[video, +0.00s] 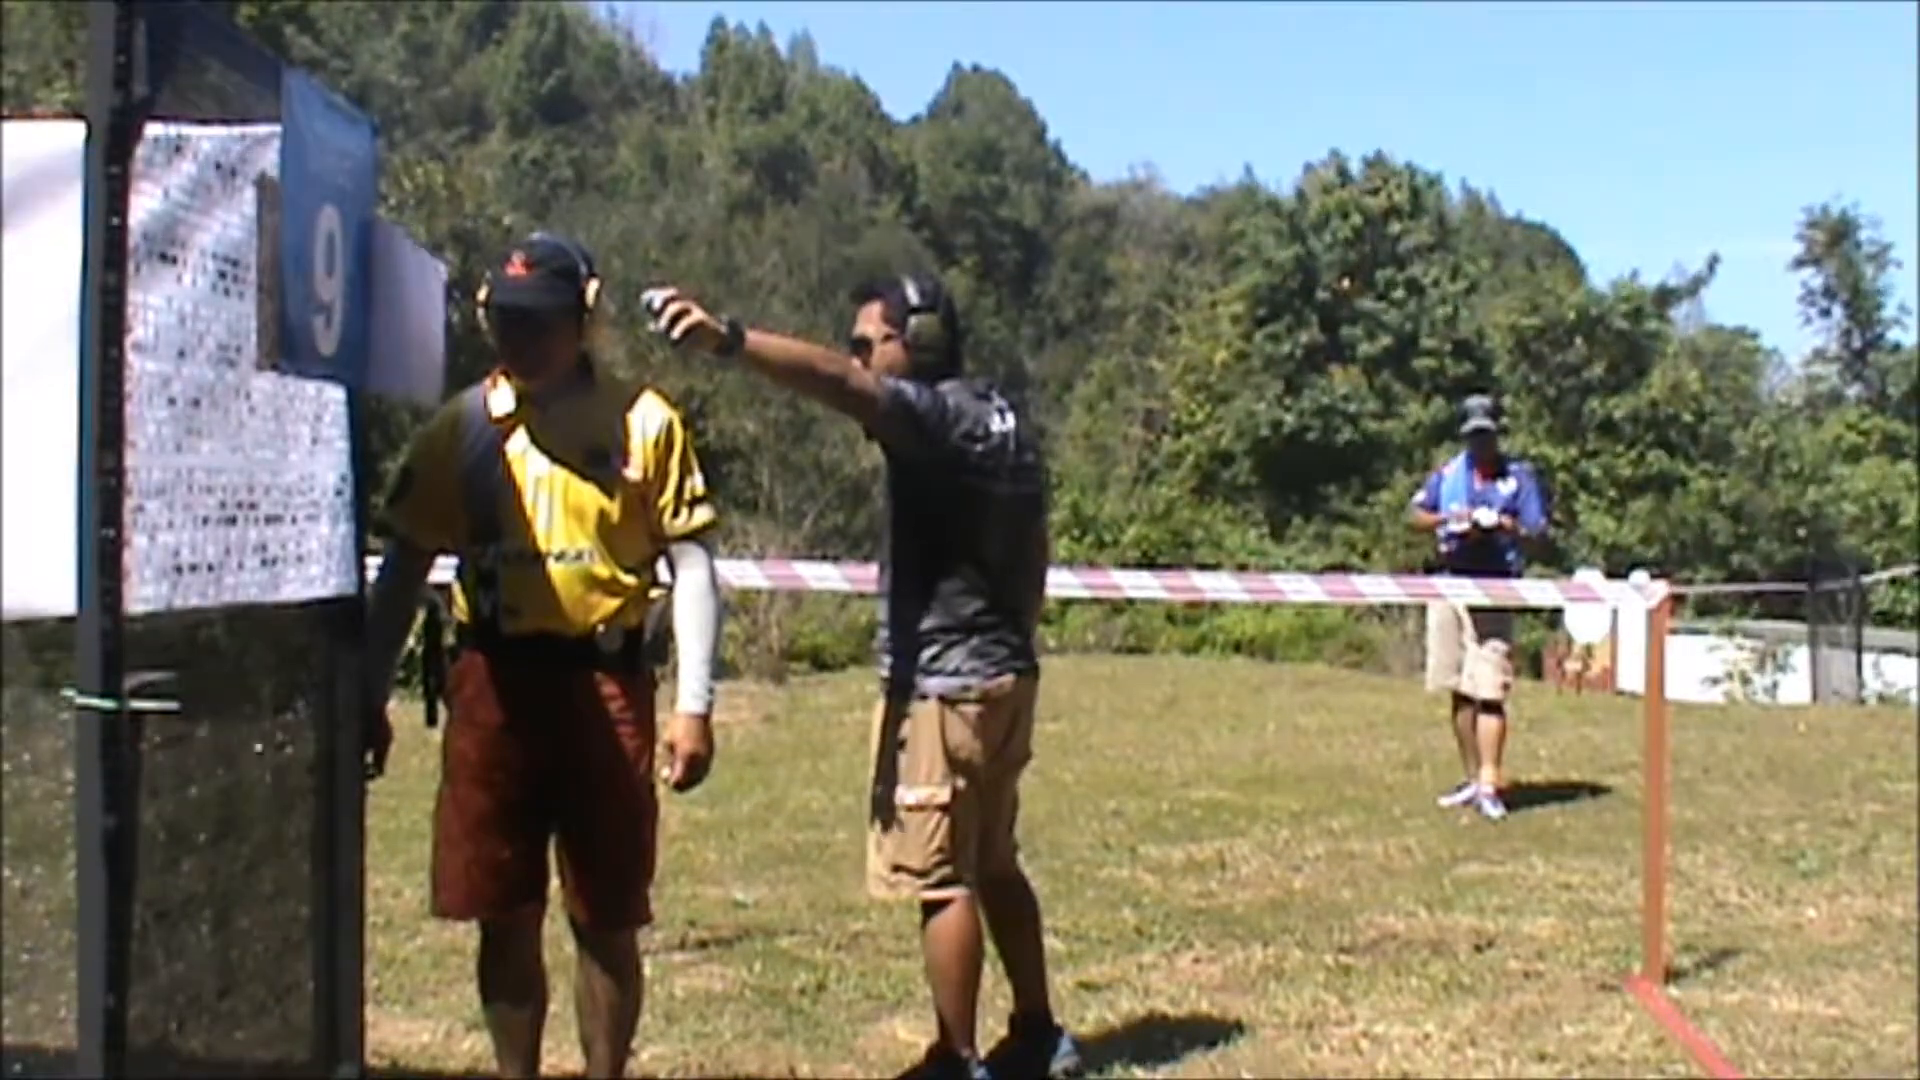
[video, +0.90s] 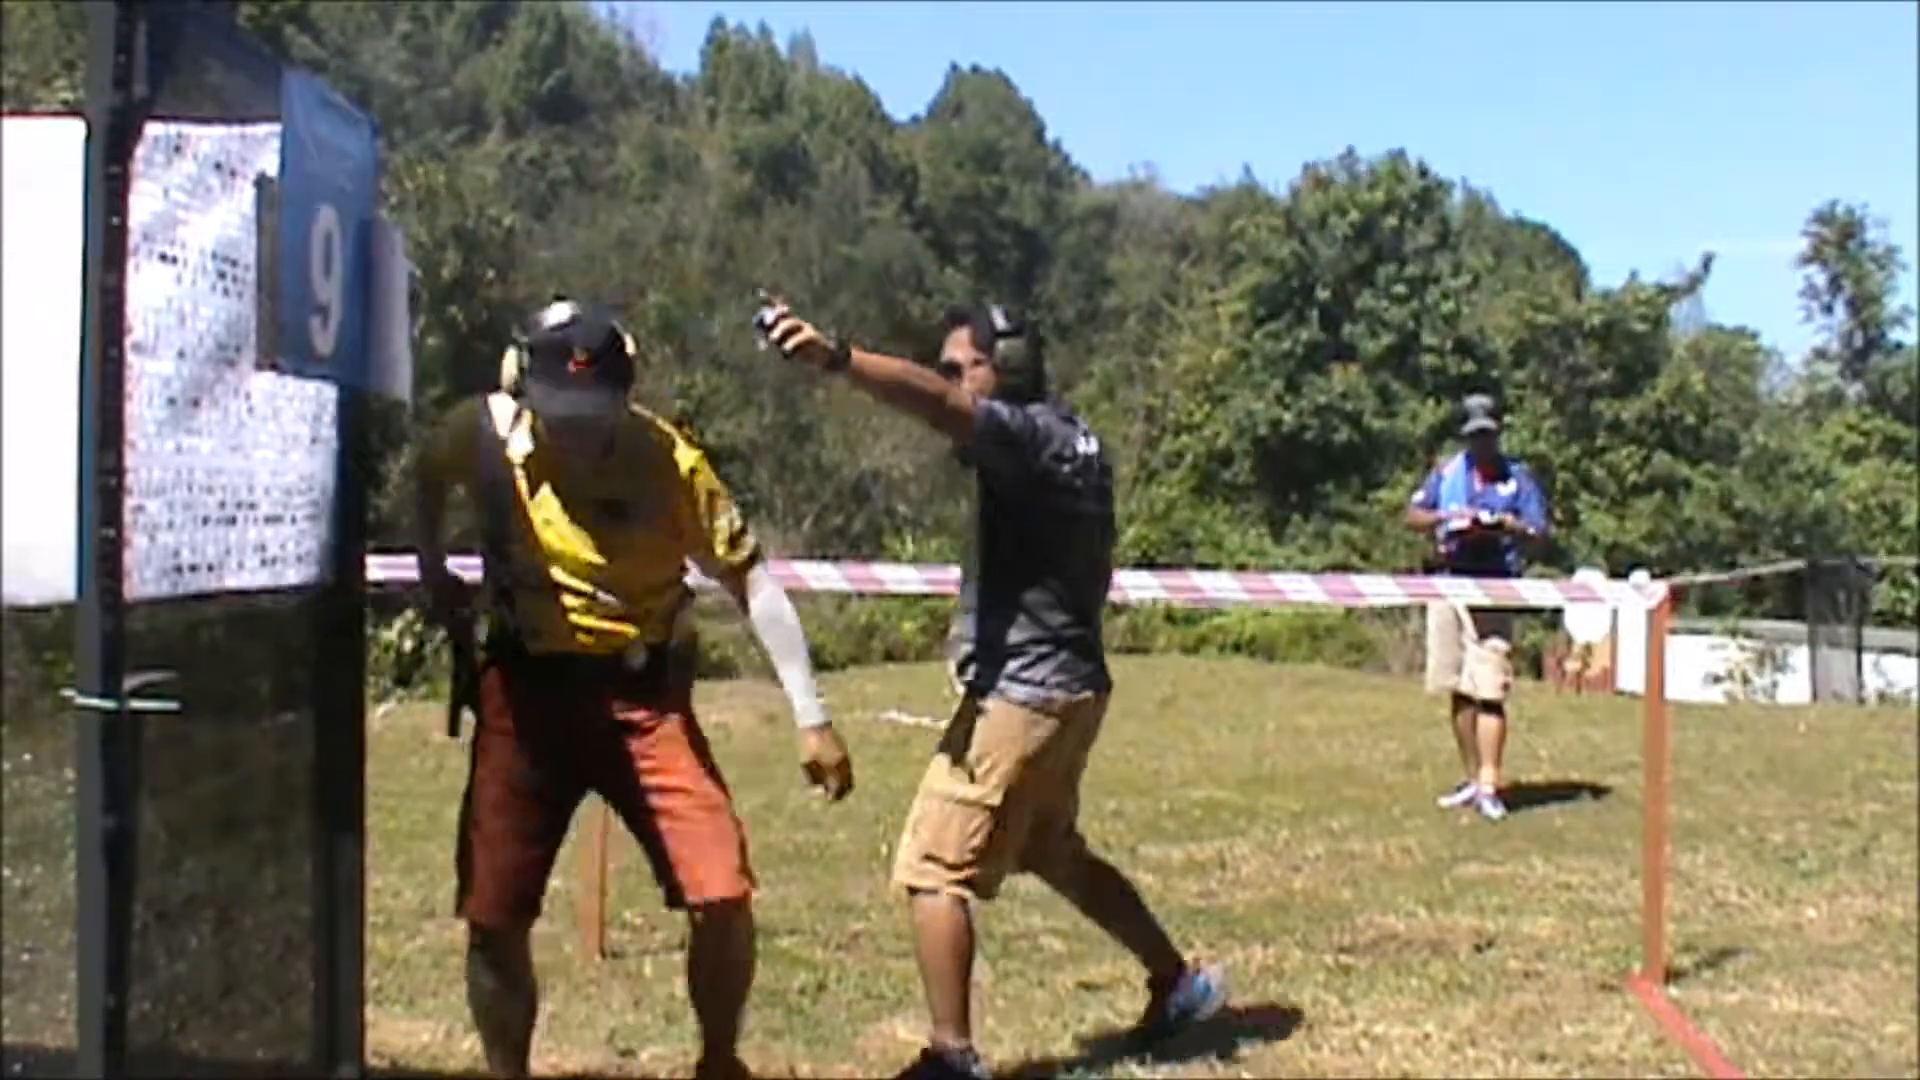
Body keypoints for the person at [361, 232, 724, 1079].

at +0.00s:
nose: (516, 339)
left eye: (536, 324)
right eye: (505, 321)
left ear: (583, 326)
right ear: (490, 320)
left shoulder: (645, 424)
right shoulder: (465, 426)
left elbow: (692, 564)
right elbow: (405, 565)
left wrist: (694, 701)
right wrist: (370, 694)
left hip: (605, 694)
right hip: (495, 694)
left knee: (606, 925)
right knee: (503, 917)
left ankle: (606, 1072)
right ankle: (517, 1072)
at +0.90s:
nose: (580, 433)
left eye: (595, 416)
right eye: (562, 416)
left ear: (624, 394)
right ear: (531, 394)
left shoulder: (671, 461)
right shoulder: (490, 432)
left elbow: (752, 583)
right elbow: (425, 475)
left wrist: (813, 718)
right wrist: (436, 583)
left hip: (645, 702)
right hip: (526, 698)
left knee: (724, 898)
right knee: (493, 922)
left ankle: (719, 1061)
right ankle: (509, 1072)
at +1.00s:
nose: (594, 453)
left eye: (610, 435)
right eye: (575, 437)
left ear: (638, 411)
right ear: (545, 413)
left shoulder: (685, 481)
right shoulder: (495, 455)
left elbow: (766, 594)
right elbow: (455, 522)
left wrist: (818, 723)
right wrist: (479, 649)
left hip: (664, 714)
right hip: (541, 712)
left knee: (757, 909)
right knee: (491, 928)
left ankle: (789, 1048)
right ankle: (503, 1071)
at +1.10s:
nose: (653, 490)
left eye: (662, 470)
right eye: (629, 478)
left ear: (678, 444)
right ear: (585, 458)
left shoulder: (728, 522)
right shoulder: (543, 485)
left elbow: (801, 624)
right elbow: (499, 540)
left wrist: (856, 739)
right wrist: (518, 640)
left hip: (700, 745)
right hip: (580, 738)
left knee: (812, 931)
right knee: (513, 944)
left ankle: (877, 1059)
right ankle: (515, 1073)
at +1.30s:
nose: (811, 500)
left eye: (826, 481)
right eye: (789, 483)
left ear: (848, 464)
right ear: (748, 466)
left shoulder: (885, 552)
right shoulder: (693, 502)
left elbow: (975, 646)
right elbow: (617, 522)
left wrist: (1063, 756)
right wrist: (635, 637)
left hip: (815, 780)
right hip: (690, 763)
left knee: (909, 951)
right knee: (583, 948)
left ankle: (927, 1072)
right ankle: (537, 1070)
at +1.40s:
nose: (863, 450)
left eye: (883, 432)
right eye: (848, 432)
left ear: (924, 430)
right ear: (830, 425)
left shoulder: (975, 534)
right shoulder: (787, 475)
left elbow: (1068, 628)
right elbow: (710, 492)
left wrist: (1157, 742)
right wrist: (721, 599)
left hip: (890, 763)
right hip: (769, 740)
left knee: (946, 961)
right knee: (648, 936)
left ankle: (954, 1076)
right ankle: (562, 1066)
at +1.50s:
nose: (949, 387)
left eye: (970, 371)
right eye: (941, 367)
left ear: (1018, 373)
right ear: (930, 365)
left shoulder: (1083, 474)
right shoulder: (895, 436)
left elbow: (1189, 561)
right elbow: (820, 467)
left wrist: (1249, 681)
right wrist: (833, 553)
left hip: (1007, 742)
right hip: (889, 719)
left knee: (1001, 958)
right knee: (810, 905)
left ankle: (970, 1070)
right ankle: (816, 1038)